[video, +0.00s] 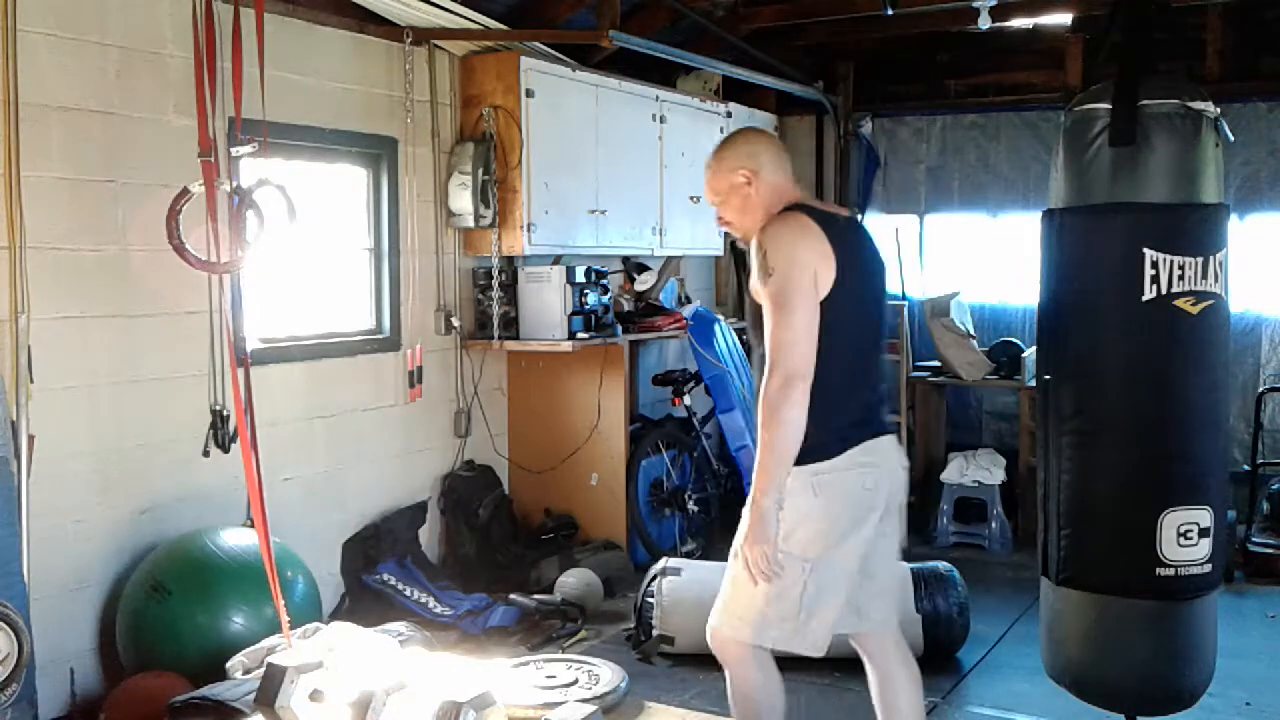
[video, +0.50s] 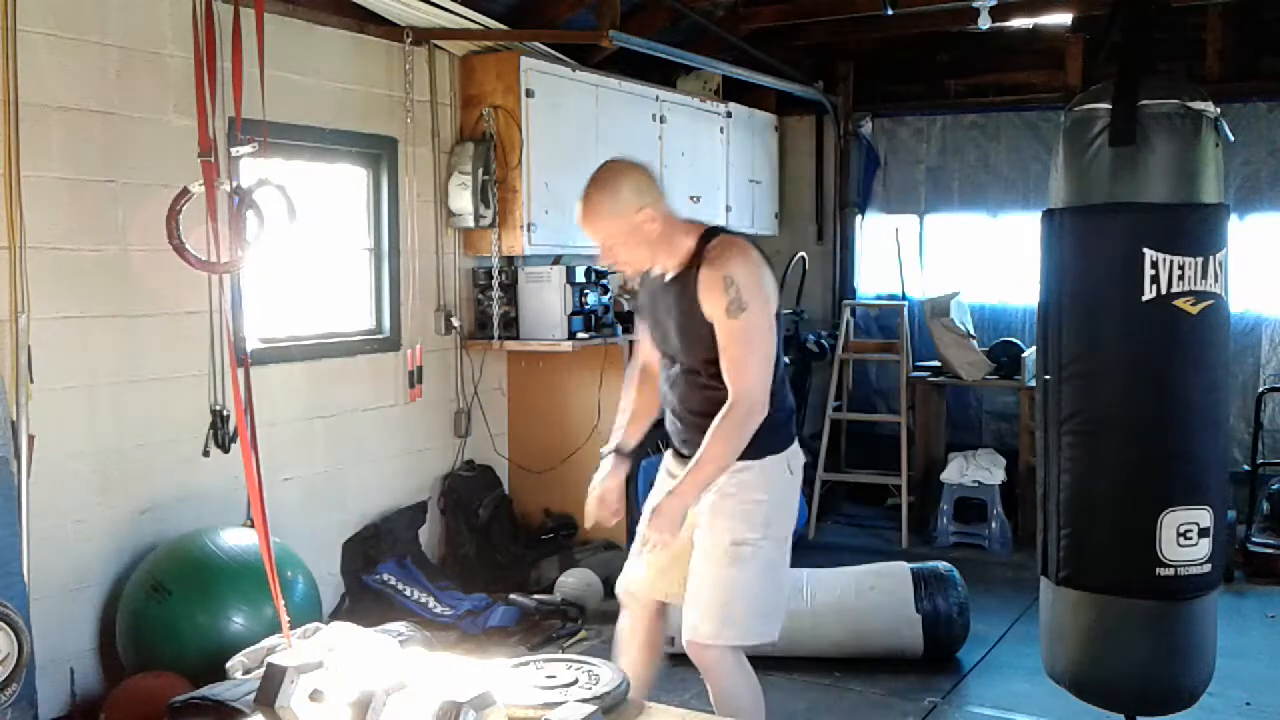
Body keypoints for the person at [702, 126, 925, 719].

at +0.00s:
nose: (720, 220)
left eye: (720, 204)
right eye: (714, 208)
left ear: (752, 182)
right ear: (774, 181)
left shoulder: (785, 235)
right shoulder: (848, 227)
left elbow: (789, 377)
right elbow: (857, 363)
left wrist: (760, 504)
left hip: (819, 480)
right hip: (879, 466)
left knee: (734, 637)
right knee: (879, 633)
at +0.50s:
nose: (604, 259)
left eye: (606, 243)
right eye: (598, 246)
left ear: (646, 218)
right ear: (646, 218)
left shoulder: (732, 267)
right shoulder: (649, 274)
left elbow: (750, 403)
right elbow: (646, 369)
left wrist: (681, 497)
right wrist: (618, 459)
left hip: (751, 468)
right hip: (682, 460)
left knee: (710, 640)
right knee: (638, 597)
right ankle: (623, 717)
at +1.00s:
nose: (529, 455)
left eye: (530, 443)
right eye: (519, 448)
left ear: (555, 407)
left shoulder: (639, 402)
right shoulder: (522, 414)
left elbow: (668, 533)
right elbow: (533, 515)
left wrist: (641, 644)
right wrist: (535, 619)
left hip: (710, 469)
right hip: (624, 471)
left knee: (710, 611)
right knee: (566, 591)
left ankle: (717, 716)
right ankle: (582, 710)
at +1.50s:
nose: (530, 480)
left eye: (530, 469)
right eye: (519, 476)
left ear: (553, 431)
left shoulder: (634, 423)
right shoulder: (521, 412)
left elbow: (678, 528)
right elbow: (543, 511)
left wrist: (653, 630)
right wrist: (544, 610)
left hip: (705, 470)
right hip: (617, 475)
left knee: (706, 614)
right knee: (565, 592)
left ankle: (715, 715)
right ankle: (584, 710)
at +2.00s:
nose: (527, 499)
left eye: (530, 486)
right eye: (516, 492)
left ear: (554, 447)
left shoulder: (634, 437)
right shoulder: (518, 413)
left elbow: (688, 543)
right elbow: (544, 511)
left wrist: (653, 646)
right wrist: (544, 608)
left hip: (705, 472)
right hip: (615, 475)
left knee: (705, 617)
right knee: (565, 595)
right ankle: (574, 710)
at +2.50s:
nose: (523, 501)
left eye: (526, 489)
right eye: (513, 494)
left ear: (550, 451)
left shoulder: (629, 440)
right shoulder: (514, 422)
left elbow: (685, 546)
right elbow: (526, 530)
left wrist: (651, 651)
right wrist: (513, 625)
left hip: (703, 474)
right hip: (611, 479)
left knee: (706, 619)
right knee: (549, 596)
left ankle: (716, 718)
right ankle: (573, 711)